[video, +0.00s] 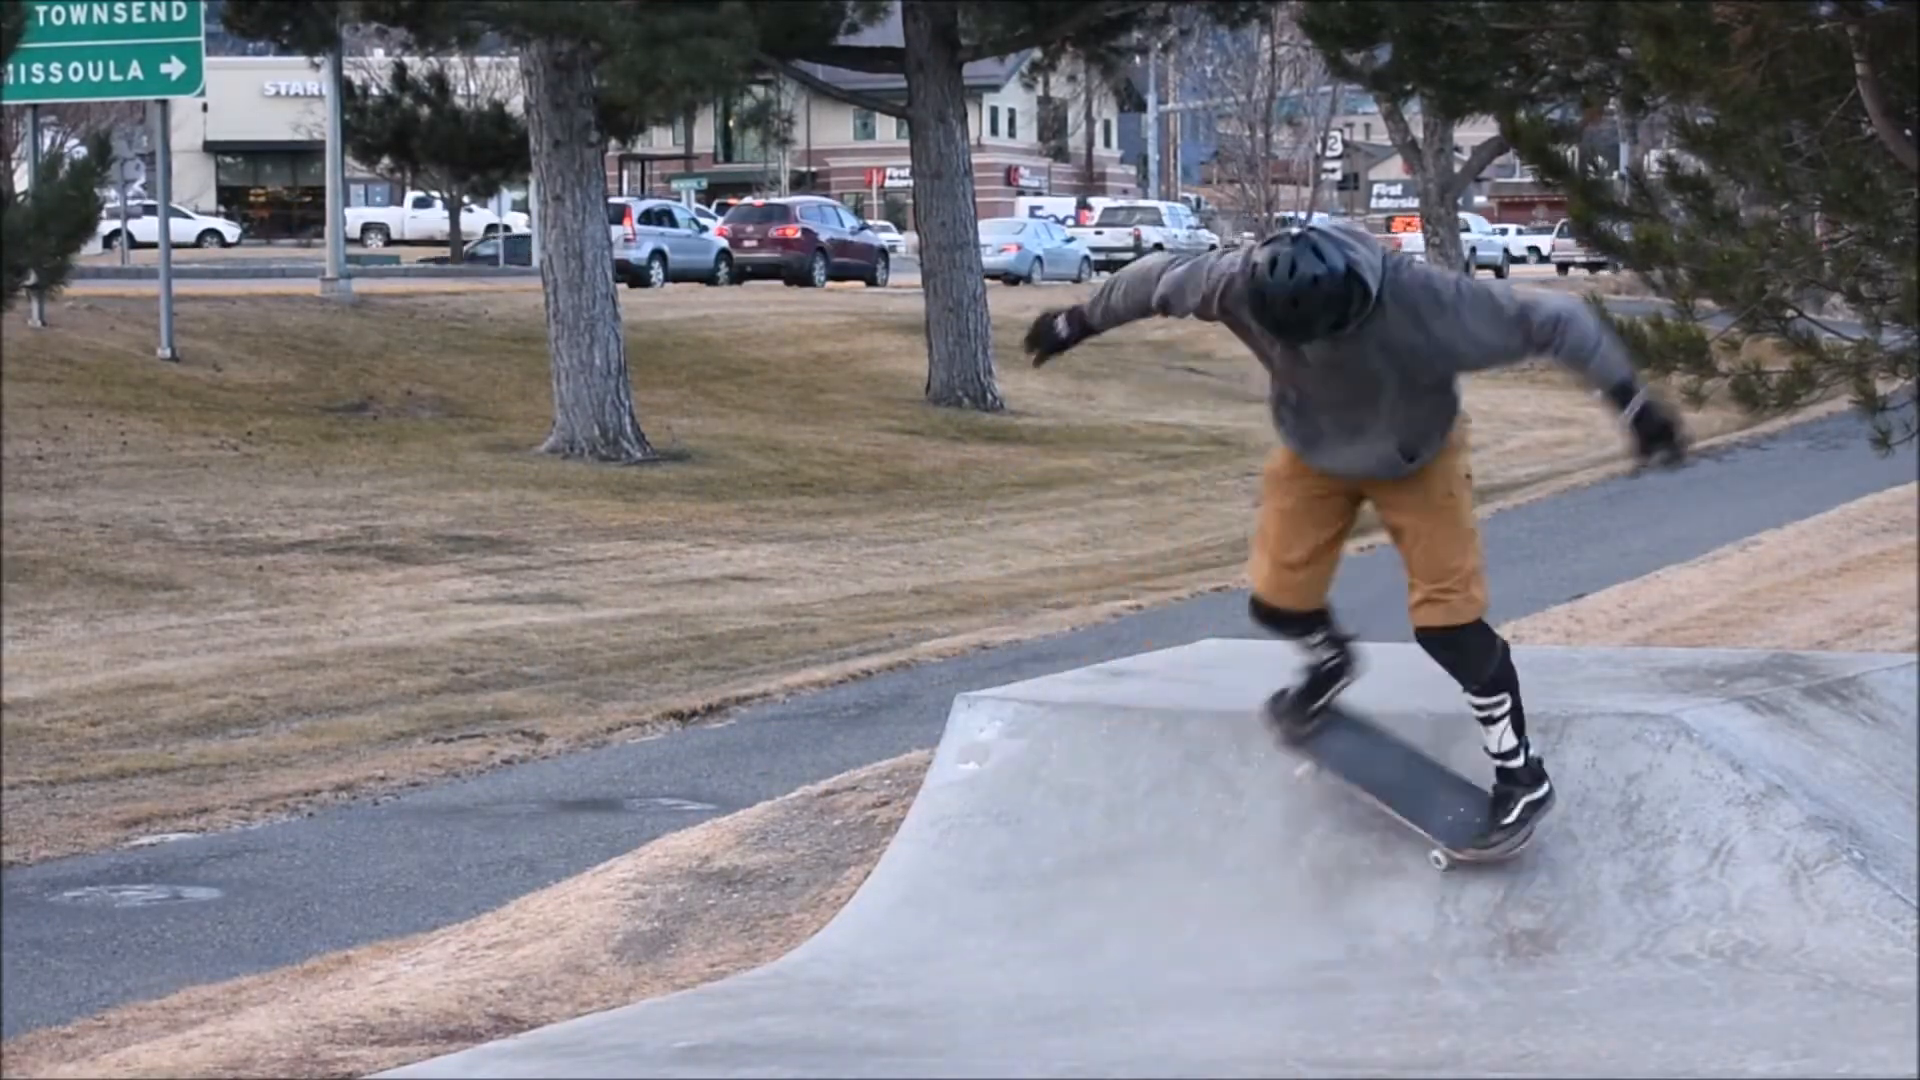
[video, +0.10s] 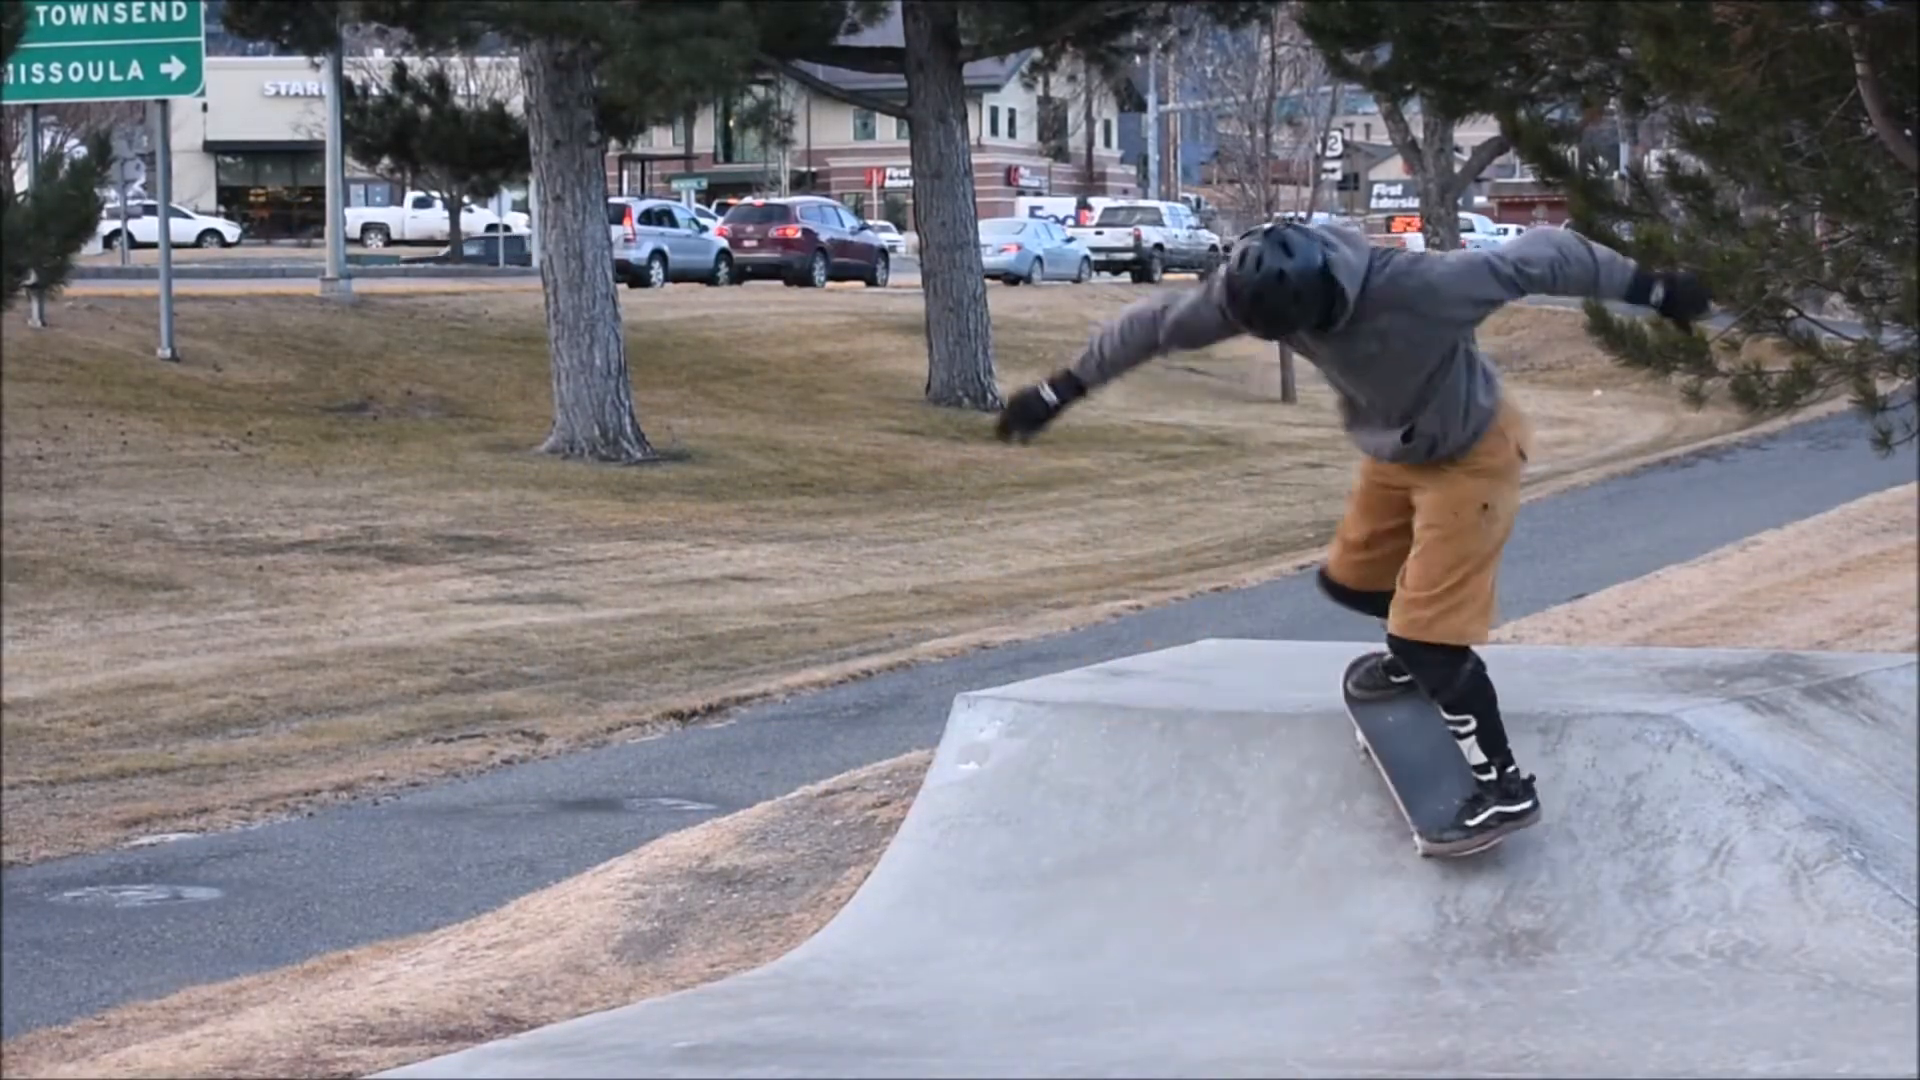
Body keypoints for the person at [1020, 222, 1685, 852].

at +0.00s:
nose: (1305, 344)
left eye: (1317, 332)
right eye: (1290, 334)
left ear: (1352, 298)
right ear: (1266, 299)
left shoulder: (1422, 298)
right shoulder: (1243, 287)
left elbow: (1555, 321)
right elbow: (1158, 281)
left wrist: (1634, 400)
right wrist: (1077, 318)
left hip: (1418, 454)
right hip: (1310, 450)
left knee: (1449, 624)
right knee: (1276, 599)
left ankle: (1518, 769)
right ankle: (1331, 663)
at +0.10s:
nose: (1282, 338)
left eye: (1289, 325)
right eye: (1271, 327)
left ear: (1319, 297)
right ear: (1260, 295)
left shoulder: (1423, 286)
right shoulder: (1266, 283)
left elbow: (1542, 257)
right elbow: (1157, 326)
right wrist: (1059, 388)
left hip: (1470, 451)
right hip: (1389, 451)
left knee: (1430, 634)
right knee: (1352, 577)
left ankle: (1502, 782)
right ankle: (1425, 661)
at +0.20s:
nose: (1277, 354)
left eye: (1279, 341)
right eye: (1267, 344)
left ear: (1305, 309)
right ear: (1269, 315)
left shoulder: (1406, 303)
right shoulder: (1297, 325)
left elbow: (1530, 300)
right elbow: (1209, 370)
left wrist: (1630, 322)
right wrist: (1129, 429)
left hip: (1516, 458)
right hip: (1447, 455)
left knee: (1439, 649)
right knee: (1374, 573)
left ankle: (1511, 796)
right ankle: (1433, 667)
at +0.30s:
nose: (1316, 335)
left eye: (1318, 323)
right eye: (1307, 327)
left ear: (1341, 291)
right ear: (1307, 306)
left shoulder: (1433, 308)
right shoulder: (1346, 332)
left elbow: (1573, 371)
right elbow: (1271, 384)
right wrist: (1187, 456)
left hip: (1538, 483)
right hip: (1468, 482)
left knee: (1446, 668)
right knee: (1385, 601)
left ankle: (1531, 824)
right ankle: (1456, 711)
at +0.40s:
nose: (1368, 319)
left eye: (1370, 303)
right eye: (1356, 310)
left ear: (1396, 266)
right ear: (1352, 289)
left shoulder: (1488, 297)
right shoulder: (1377, 321)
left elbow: (1608, 384)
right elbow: (1303, 380)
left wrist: (1629, 494)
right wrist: (1219, 446)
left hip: (1557, 495)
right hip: (1469, 502)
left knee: (1488, 684)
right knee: (1404, 649)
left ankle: (1564, 846)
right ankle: (1478, 738)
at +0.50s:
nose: (1395, 317)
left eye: (1400, 301)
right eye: (1383, 308)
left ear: (1427, 264)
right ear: (1372, 288)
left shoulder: (1513, 284)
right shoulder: (1396, 329)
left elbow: (1625, 340)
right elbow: (1345, 370)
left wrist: (1660, 428)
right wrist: (1293, 424)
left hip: (1584, 494)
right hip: (1479, 512)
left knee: (1574, 683)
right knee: (1433, 678)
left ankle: (1635, 854)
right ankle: (1439, 801)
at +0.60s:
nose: (1414, 336)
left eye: (1419, 320)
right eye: (1401, 328)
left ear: (1447, 282)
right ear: (1389, 314)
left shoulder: (1517, 278)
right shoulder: (1414, 355)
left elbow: (1590, 272)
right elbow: (1403, 415)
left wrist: (1609, 287)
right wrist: (1387, 468)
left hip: (1625, 497)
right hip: (1516, 518)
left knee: (1686, 697)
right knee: (1501, 695)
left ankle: (1723, 866)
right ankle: (1453, 867)